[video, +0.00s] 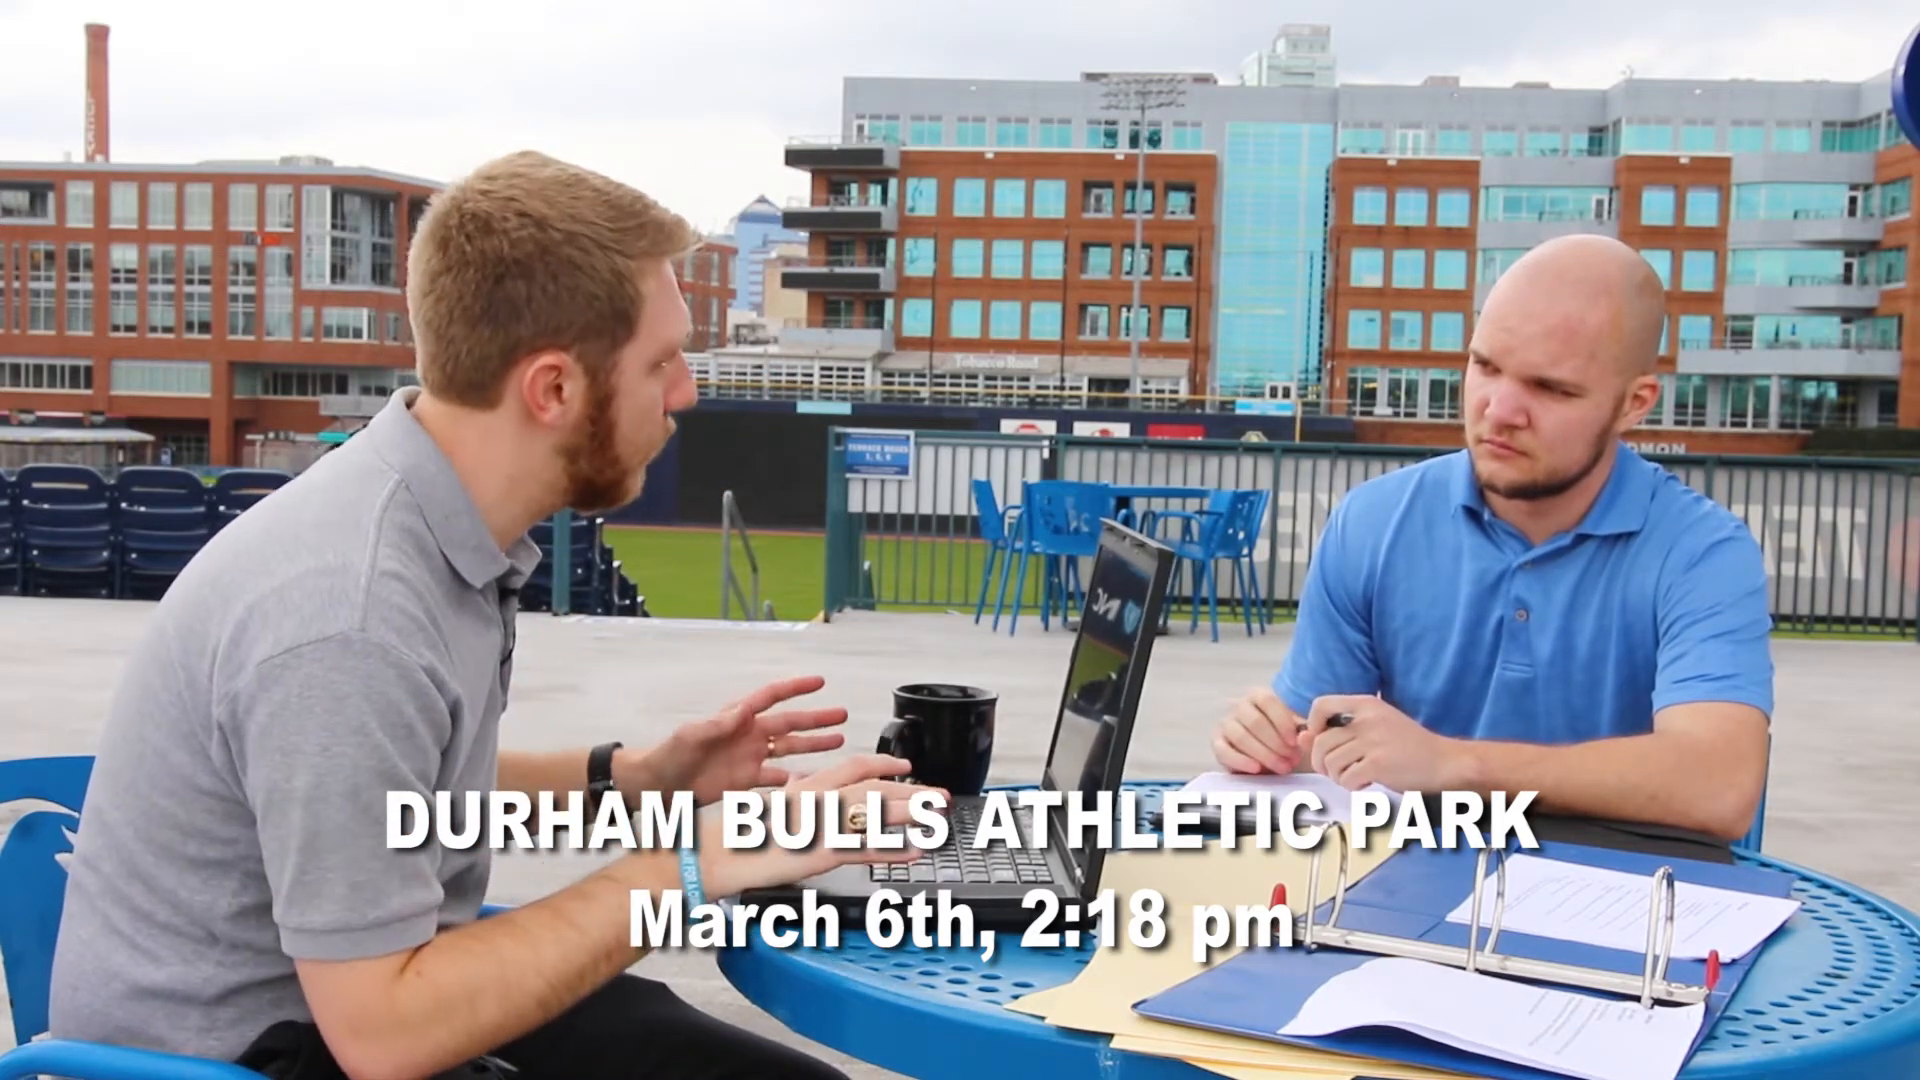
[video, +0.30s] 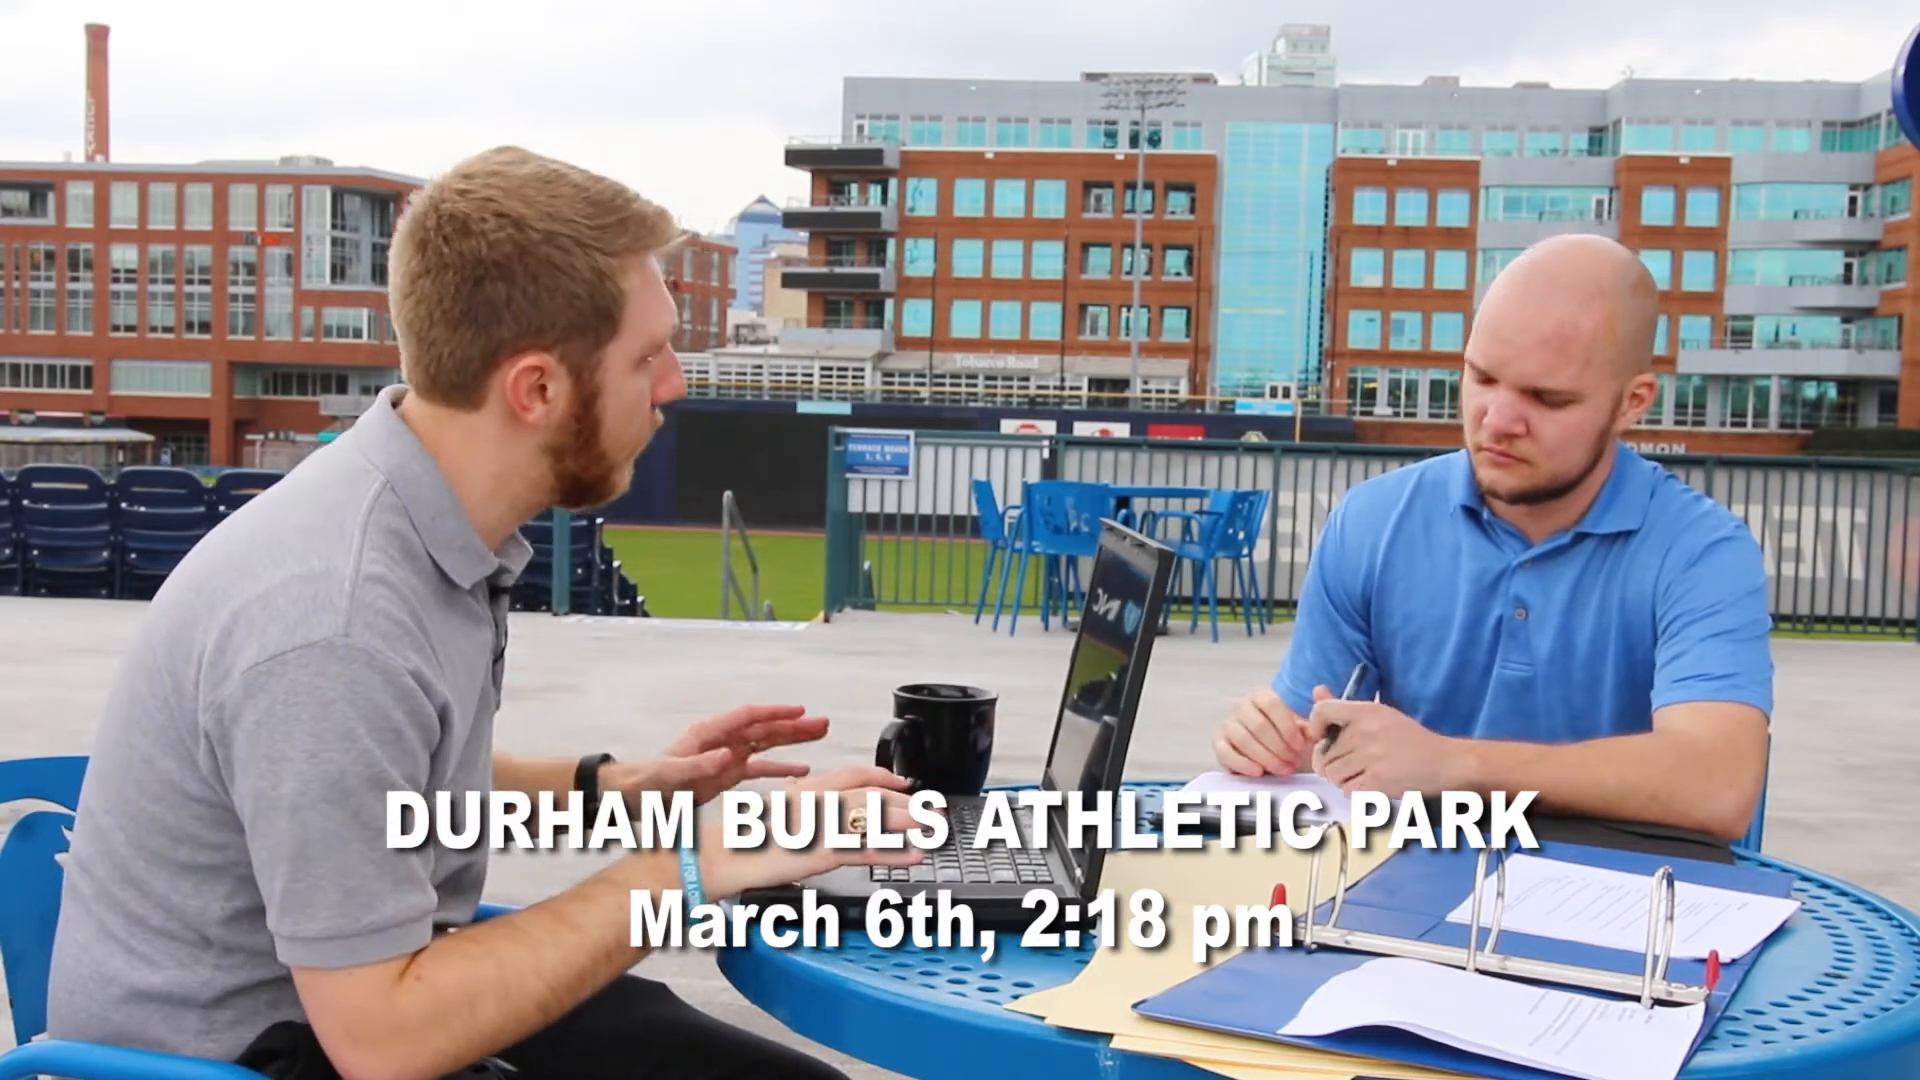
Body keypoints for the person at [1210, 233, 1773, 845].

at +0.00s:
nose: (1499, 411)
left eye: (1549, 388)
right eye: (1487, 367)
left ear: (1631, 406)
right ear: (1467, 353)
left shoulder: (1698, 551)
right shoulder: (1371, 523)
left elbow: (1714, 785)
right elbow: (1303, 717)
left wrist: (1450, 762)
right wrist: (1262, 730)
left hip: (1622, 913)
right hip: (1395, 888)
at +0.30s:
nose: (1498, 421)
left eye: (1546, 399)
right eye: (1483, 378)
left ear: (1630, 404)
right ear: (1465, 358)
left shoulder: (1698, 550)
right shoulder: (1372, 521)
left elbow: (1713, 784)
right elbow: (1304, 719)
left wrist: (1449, 763)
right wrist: (1265, 732)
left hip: (1623, 913)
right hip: (1398, 889)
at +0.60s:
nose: (1475, 438)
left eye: (1519, 409)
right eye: (1452, 397)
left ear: (1607, 396)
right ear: (1434, 367)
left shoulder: (1686, 545)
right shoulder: (1361, 527)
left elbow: (1708, 784)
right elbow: (1306, 736)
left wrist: (1468, 762)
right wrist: (1261, 744)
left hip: (1622, 910)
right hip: (1399, 891)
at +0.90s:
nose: (1433, 453)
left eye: (1473, 419)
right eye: (1409, 416)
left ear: (1559, 391)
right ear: (1389, 387)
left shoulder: (1666, 538)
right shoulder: (1346, 537)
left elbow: (1707, 783)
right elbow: (1306, 751)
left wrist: (1488, 767)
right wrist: (1261, 750)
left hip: (1619, 910)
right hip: (1402, 893)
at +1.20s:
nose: (1421, 461)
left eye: (1460, 427)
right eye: (1395, 424)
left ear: (1546, 393)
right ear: (1375, 395)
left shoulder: (1657, 534)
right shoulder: (1336, 541)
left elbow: (1706, 782)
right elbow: (1306, 758)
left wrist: (1480, 771)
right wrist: (1261, 753)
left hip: (1615, 904)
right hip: (1400, 891)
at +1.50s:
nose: (1424, 461)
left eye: (1464, 427)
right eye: (1398, 424)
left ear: (1548, 395)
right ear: (1377, 394)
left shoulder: (1658, 537)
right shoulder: (1336, 542)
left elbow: (1706, 781)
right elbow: (1306, 756)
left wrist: (1480, 770)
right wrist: (1261, 753)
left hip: (1613, 906)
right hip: (1399, 893)